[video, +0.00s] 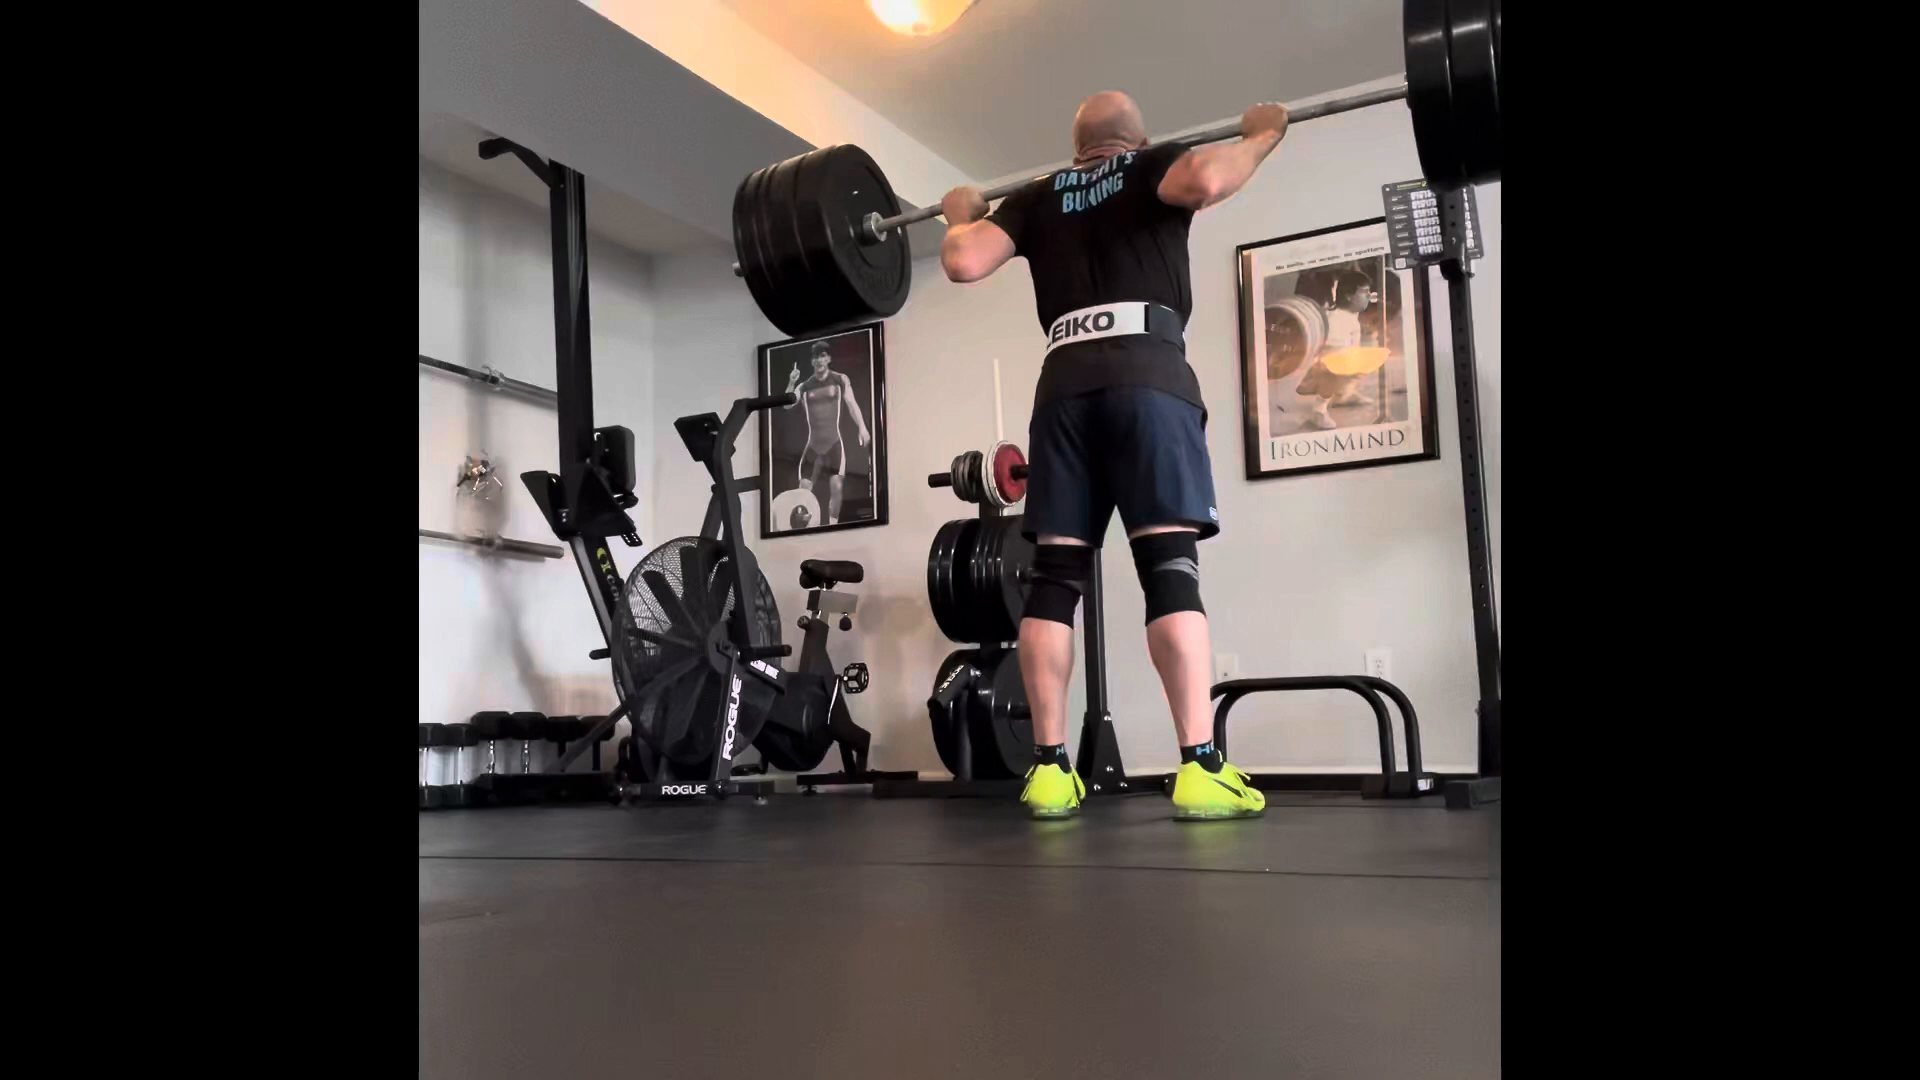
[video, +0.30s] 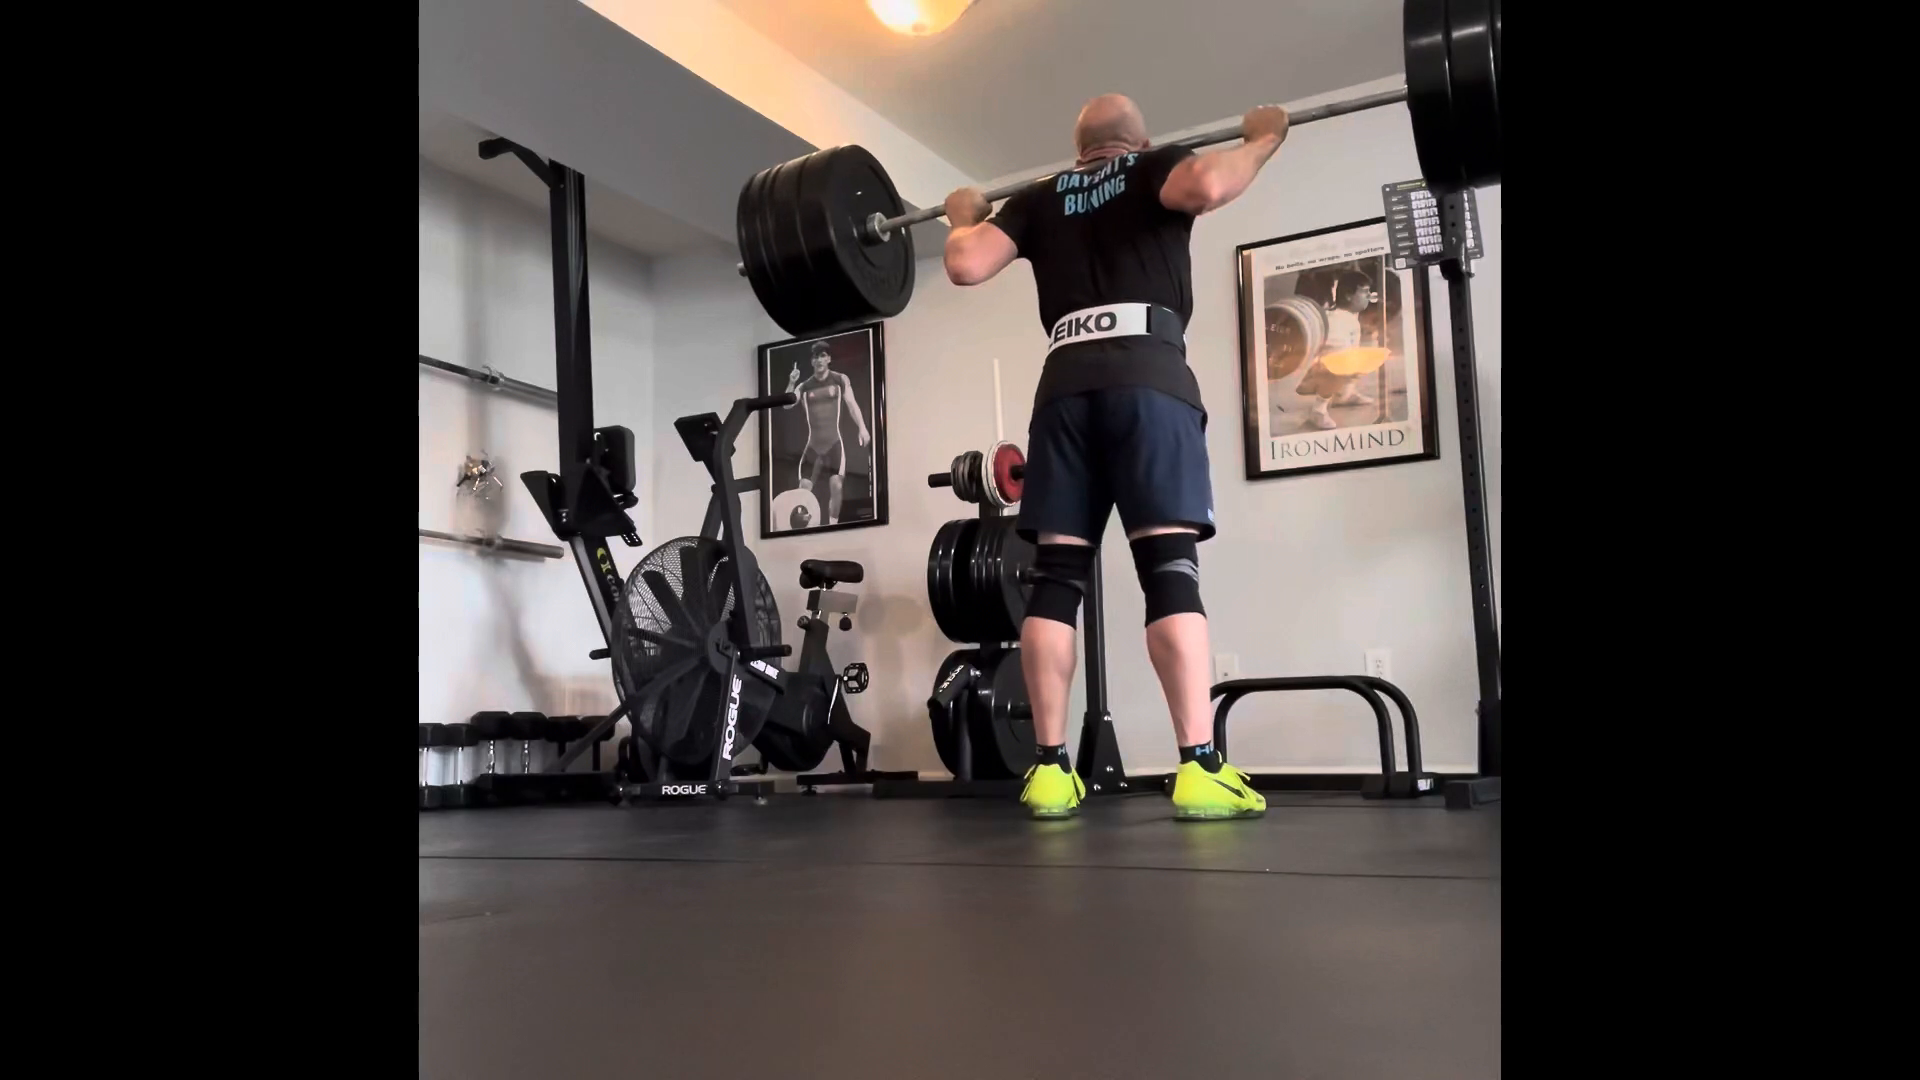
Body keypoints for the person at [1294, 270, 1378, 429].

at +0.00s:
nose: (1369, 296)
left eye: (1368, 292)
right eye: (1364, 292)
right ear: (1349, 295)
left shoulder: (1353, 318)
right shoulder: (1336, 319)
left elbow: (1353, 353)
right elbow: (1329, 357)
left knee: (1362, 365)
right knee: (1339, 371)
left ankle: (1346, 394)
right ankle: (1319, 409)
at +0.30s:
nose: (1369, 296)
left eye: (1368, 292)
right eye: (1365, 292)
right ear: (1349, 295)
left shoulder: (1353, 318)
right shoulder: (1336, 319)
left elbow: (1352, 352)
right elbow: (1332, 358)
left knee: (1361, 362)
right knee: (1339, 369)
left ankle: (1345, 393)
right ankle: (1319, 409)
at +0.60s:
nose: (1369, 296)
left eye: (1368, 292)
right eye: (1365, 292)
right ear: (1349, 295)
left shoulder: (1353, 318)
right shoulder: (1336, 319)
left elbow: (1352, 351)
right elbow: (1331, 356)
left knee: (1361, 363)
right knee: (1338, 369)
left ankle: (1345, 393)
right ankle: (1318, 410)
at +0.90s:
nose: (1369, 296)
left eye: (1368, 292)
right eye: (1365, 292)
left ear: (1350, 296)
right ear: (1349, 295)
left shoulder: (1353, 318)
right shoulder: (1336, 319)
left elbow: (1352, 352)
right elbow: (1330, 357)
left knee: (1359, 362)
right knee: (1340, 367)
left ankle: (1345, 393)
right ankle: (1318, 409)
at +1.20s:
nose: (1369, 296)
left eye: (1368, 292)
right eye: (1365, 292)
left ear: (1349, 296)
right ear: (1348, 295)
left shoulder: (1353, 317)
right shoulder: (1336, 319)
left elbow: (1352, 351)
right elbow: (1332, 356)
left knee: (1357, 362)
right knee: (1339, 368)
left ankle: (1345, 394)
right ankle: (1319, 409)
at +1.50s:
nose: (1369, 296)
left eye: (1368, 292)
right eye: (1364, 292)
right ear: (1348, 296)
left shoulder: (1353, 317)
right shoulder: (1337, 318)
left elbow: (1352, 350)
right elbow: (1334, 354)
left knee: (1358, 363)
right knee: (1339, 369)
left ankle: (1345, 394)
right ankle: (1318, 409)